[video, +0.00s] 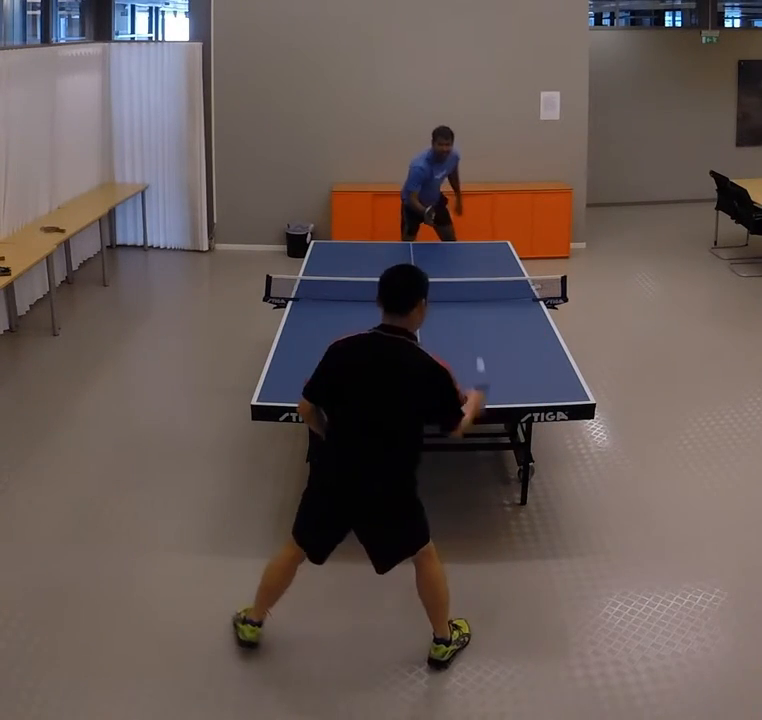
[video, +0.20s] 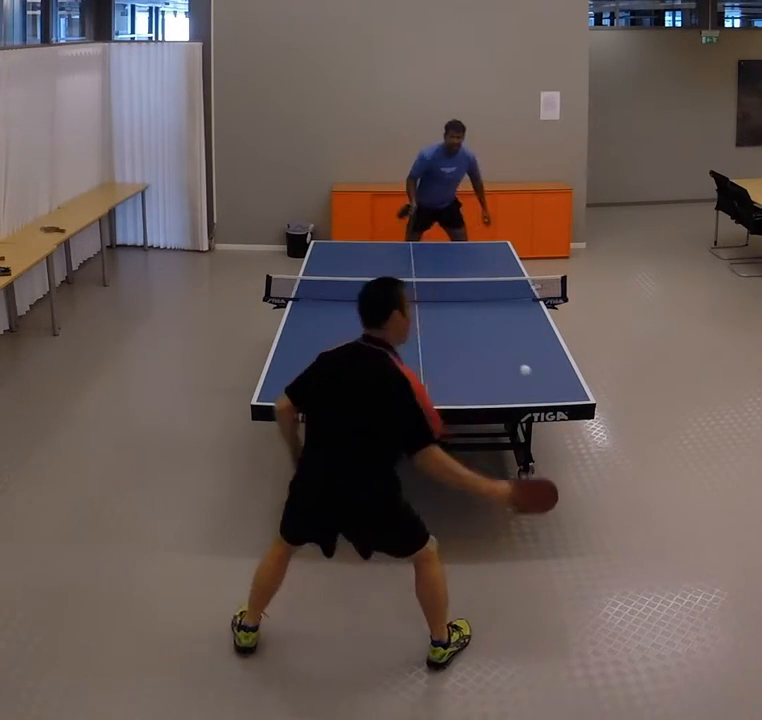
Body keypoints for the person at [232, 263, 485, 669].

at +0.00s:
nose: (426, 308)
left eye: (424, 302)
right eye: (425, 302)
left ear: (379, 303)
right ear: (420, 307)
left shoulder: (343, 350)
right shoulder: (427, 370)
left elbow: (306, 407)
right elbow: (456, 428)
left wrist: (326, 433)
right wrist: (471, 407)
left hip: (334, 480)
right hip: (390, 487)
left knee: (295, 549)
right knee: (424, 555)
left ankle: (252, 621)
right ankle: (443, 638)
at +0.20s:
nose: (409, 320)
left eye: (408, 312)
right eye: (407, 313)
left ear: (364, 317)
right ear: (394, 317)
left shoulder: (331, 361)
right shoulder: (400, 381)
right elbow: (427, 455)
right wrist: (489, 488)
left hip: (315, 487)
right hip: (371, 496)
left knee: (283, 546)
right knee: (426, 553)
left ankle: (247, 626)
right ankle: (441, 641)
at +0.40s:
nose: (317, 327)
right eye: (314, 324)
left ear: (276, 346)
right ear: (313, 333)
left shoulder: (273, 400)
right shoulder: (351, 365)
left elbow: (275, 473)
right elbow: (378, 350)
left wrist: (296, 490)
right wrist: (368, 333)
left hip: (312, 499)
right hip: (370, 493)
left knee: (276, 559)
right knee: (416, 559)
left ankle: (246, 629)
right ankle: (444, 642)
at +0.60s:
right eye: (277, 331)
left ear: (243, 348)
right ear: (282, 337)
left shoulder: (245, 403)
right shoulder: (310, 367)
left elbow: (267, 467)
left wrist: (289, 483)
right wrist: (233, 439)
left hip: (306, 495)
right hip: (358, 482)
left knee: (270, 556)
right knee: (412, 555)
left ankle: (246, 629)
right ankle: (451, 638)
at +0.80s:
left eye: (276, 318)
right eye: (314, 315)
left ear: (273, 324)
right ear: (316, 321)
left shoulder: (258, 384)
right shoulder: (348, 369)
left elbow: (255, 465)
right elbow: (389, 431)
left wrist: (287, 457)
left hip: (294, 498)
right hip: (353, 495)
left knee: (270, 549)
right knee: (418, 564)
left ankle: (245, 628)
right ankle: (458, 653)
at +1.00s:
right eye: (373, 307)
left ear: (331, 313)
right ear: (375, 313)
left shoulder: (304, 372)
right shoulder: (400, 374)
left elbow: (280, 443)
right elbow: (424, 444)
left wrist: (306, 460)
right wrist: (388, 426)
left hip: (318, 495)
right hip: (380, 499)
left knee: (287, 557)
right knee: (435, 575)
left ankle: (255, 634)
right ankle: (463, 662)